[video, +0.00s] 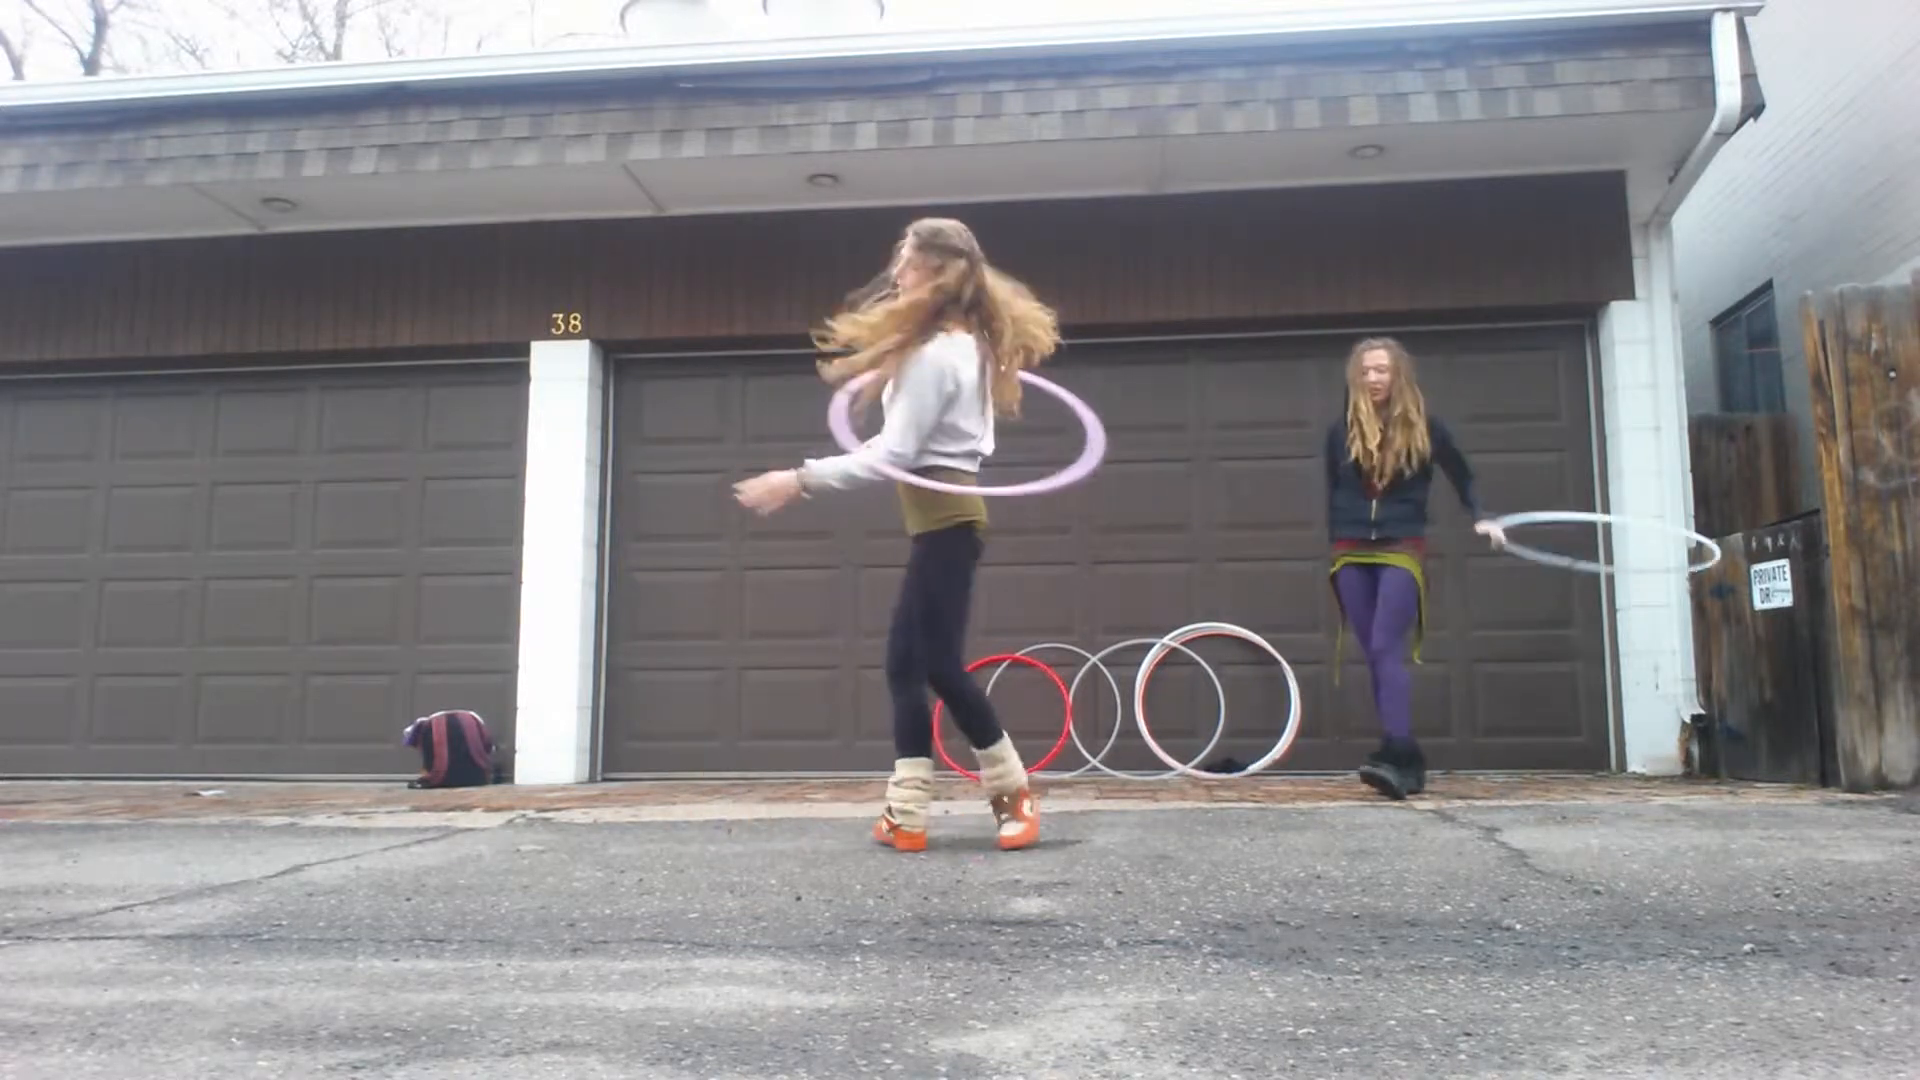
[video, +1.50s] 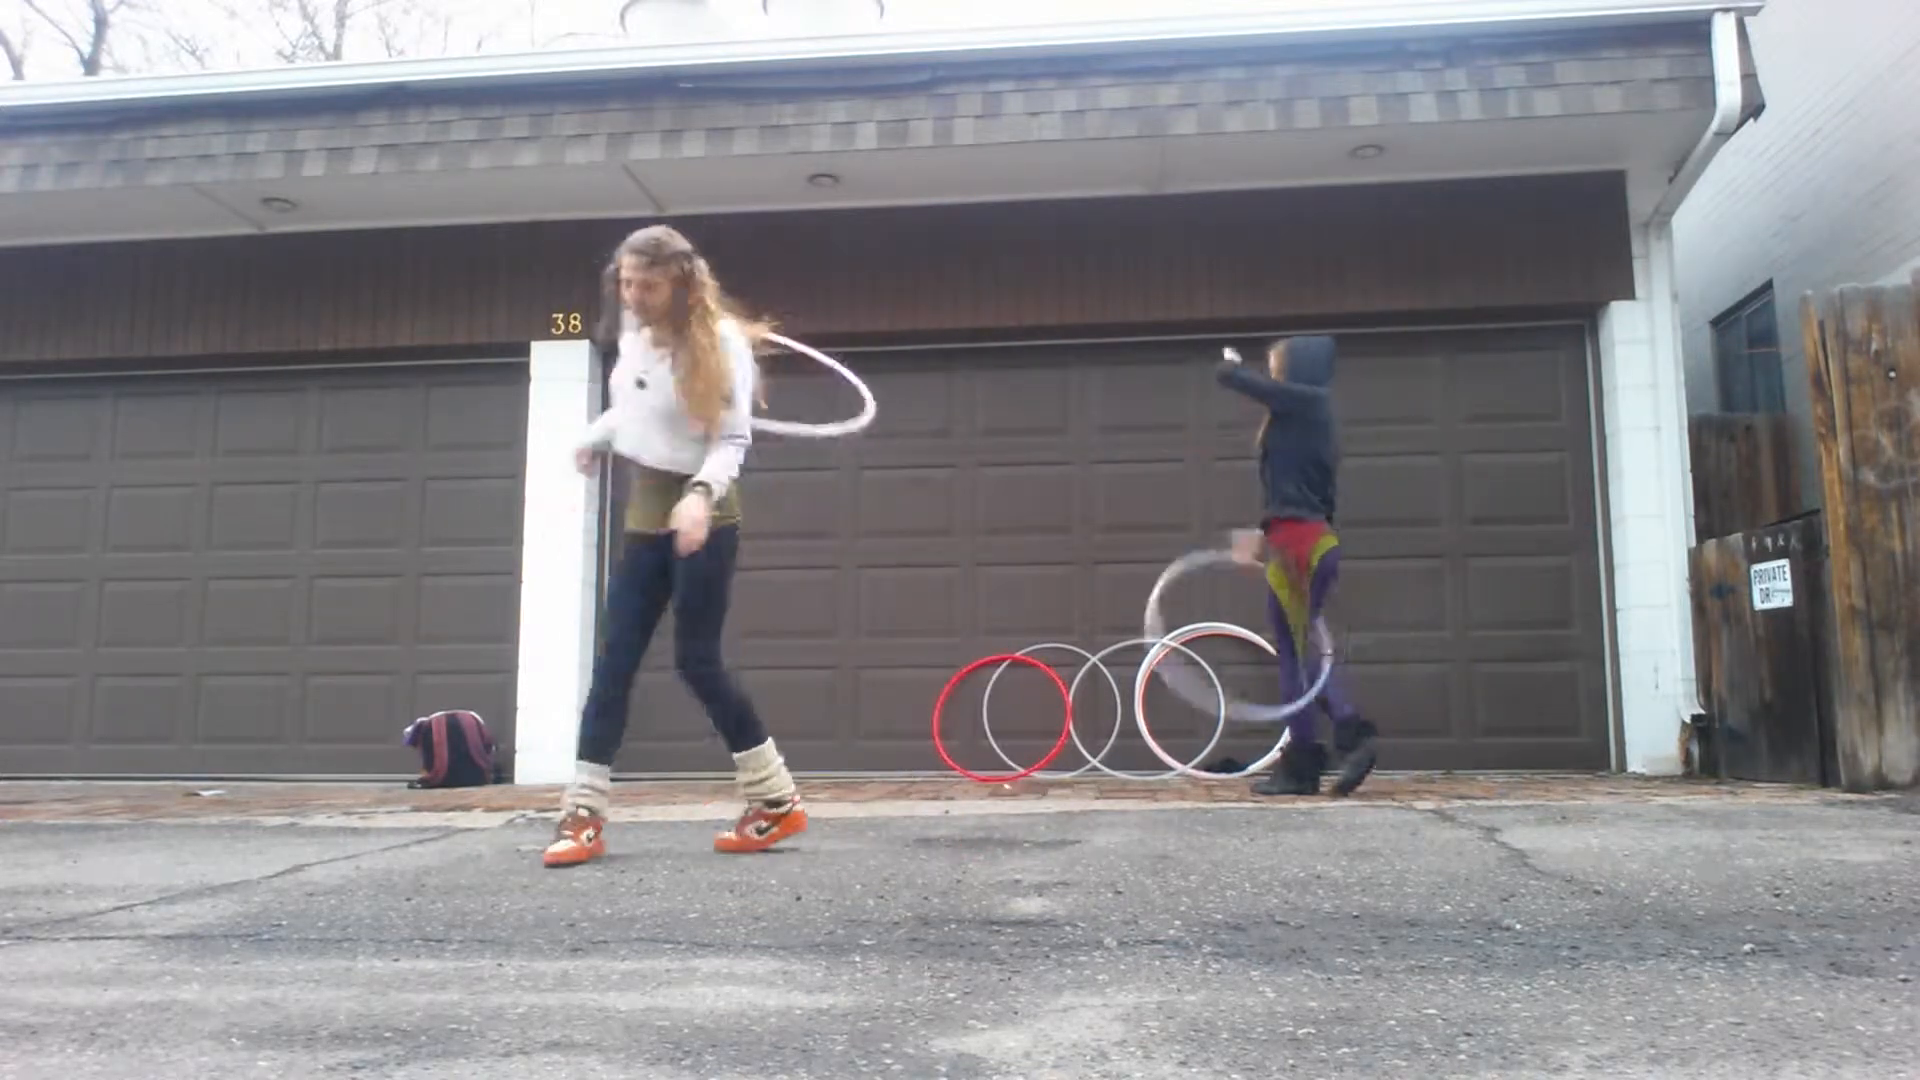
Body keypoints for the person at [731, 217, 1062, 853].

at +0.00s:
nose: (897, 280)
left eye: (908, 269)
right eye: (899, 267)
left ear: (941, 277)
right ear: (948, 277)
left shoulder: (937, 354)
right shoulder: (962, 346)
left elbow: (894, 452)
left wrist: (799, 479)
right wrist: (889, 381)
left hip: (948, 526)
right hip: (943, 524)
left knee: (941, 663)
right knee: (907, 664)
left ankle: (1016, 796)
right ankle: (908, 814)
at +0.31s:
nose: (917, 310)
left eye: (929, 299)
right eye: (906, 299)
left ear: (951, 306)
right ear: (890, 307)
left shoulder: (984, 371)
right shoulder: (867, 378)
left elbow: (1013, 458)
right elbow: (862, 477)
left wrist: (1023, 543)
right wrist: (806, 543)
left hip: (979, 525)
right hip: (913, 528)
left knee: (988, 665)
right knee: (913, 653)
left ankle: (1021, 800)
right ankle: (895, 794)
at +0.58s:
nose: (955, 307)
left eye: (955, 296)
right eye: (943, 297)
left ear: (935, 309)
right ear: (903, 308)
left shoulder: (919, 382)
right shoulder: (857, 373)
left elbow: (937, 459)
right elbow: (840, 470)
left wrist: (1013, 490)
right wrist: (937, 493)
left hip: (893, 540)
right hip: (851, 545)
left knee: (958, 661)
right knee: (931, 665)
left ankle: (934, 805)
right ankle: (875, 826)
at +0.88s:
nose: (875, 288)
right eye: (871, 278)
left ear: (797, 276)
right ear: (863, 281)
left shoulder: (759, 335)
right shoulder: (872, 352)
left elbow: (758, 429)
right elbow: (876, 451)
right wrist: (885, 497)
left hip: (765, 523)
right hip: (838, 527)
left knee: (766, 665)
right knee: (900, 657)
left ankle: (773, 814)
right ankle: (882, 816)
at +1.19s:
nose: (696, 274)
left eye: (704, 262)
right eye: (698, 262)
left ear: (734, 263)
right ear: (764, 267)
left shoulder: (710, 327)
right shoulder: (802, 332)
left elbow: (669, 428)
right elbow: (792, 432)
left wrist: (595, 478)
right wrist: (712, 463)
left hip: (731, 517)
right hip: (783, 516)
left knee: (711, 656)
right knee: (717, 641)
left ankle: (764, 814)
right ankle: (782, 734)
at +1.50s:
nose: (632, 296)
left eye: (644, 286)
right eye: (626, 284)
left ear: (681, 284)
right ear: (621, 284)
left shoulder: (722, 342)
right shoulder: (635, 335)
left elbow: (732, 438)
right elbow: (634, 411)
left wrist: (702, 495)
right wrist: (593, 440)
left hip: (703, 513)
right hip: (645, 511)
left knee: (699, 663)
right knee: (614, 661)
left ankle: (777, 801)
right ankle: (583, 812)